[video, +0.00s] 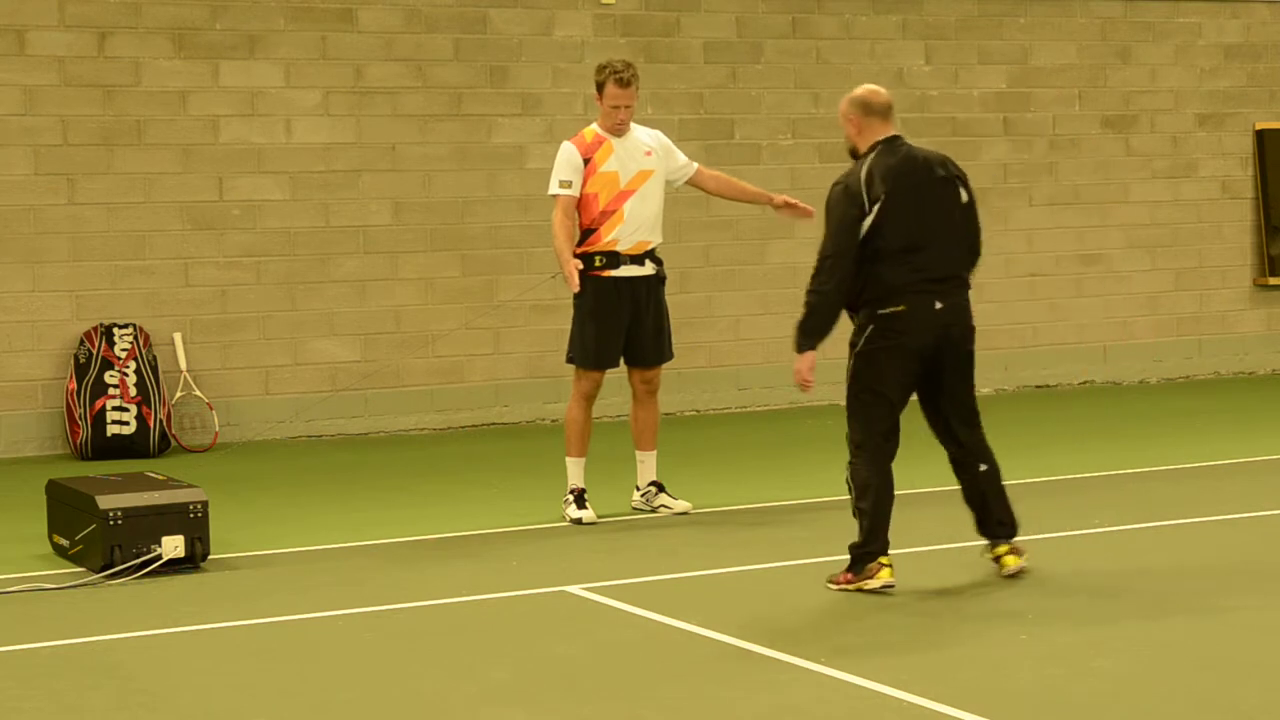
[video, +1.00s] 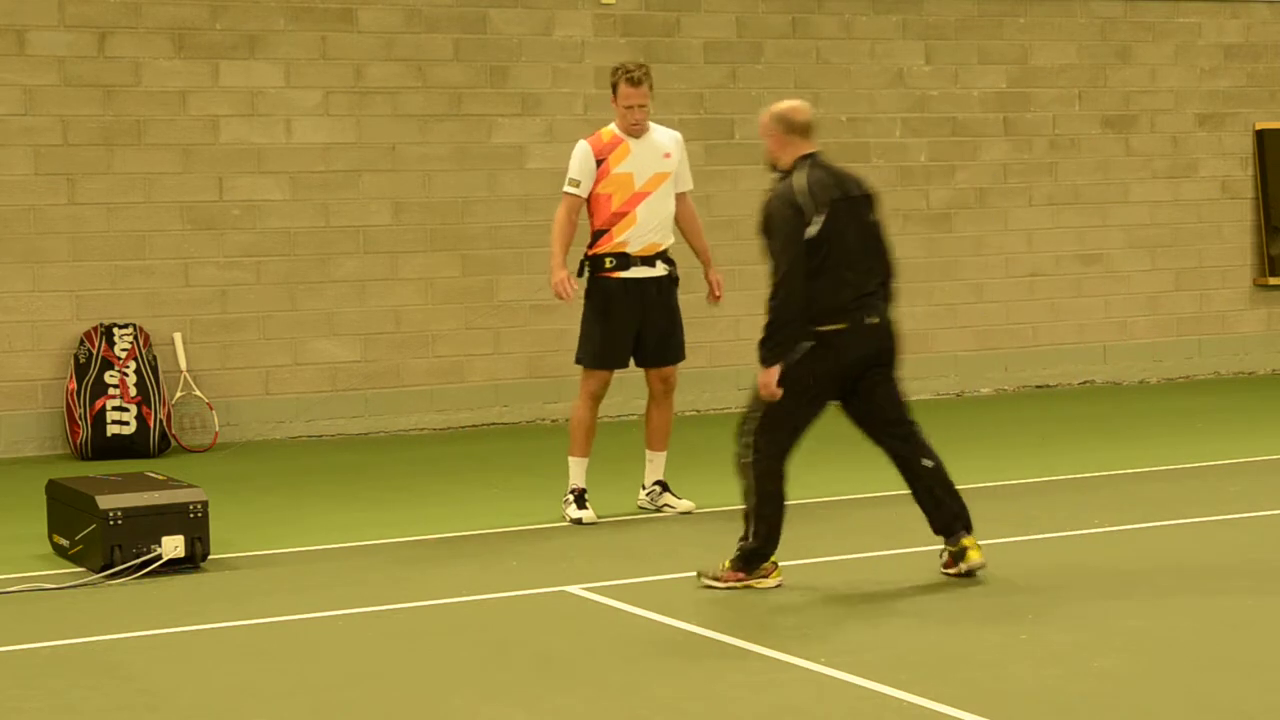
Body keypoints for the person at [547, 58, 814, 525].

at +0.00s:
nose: (623, 115)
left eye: (629, 107)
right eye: (615, 106)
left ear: (637, 102)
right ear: (597, 100)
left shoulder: (654, 143)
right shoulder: (577, 149)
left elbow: (707, 178)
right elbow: (563, 214)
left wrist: (769, 198)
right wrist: (567, 263)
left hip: (646, 280)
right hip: (598, 281)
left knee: (647, 383)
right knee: (586, 386)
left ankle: (647, 488)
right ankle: (575, 493)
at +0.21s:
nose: (620, 113)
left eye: (626, 105)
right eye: (611, 105)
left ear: (634, 101)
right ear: (594, 101)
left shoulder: (651, 143)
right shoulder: (574, 151)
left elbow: (686, 197)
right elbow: (556, 214)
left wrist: (733, 239)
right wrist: (553, 263)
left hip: (645, 280)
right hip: (597, 282)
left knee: (645, 384)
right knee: (586, 387)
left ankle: (647, 487)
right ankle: (575, 493)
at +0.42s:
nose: (617, 114)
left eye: (623, 105)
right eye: (608, 106)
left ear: (630, 101)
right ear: (590, 101)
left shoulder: (647, 141)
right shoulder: (571, 151)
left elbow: (648, 205)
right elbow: (551, 213)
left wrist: (654, 259)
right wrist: (540, 264)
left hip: (645, 280)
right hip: (597, 283)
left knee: (647, 383)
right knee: (585, 388)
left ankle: (648, 488)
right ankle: (576, 493)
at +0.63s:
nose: (617, 114)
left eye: (623, 106)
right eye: (609, 107)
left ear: (630, 102)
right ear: (591, 102)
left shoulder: (644, 139)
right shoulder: (570, 152)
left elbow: (655, 203)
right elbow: (548, 215)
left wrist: (679, 257)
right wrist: (541, 273)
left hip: (644, 279)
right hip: (596, 283)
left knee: (660, 377)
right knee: (583, 386)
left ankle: (651, 483)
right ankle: (575, 492)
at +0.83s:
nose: (627, 114)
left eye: (633, 105)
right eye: (619, 106)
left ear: (640, 101)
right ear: (602, 103)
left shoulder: (656, 141)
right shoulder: (581, 151)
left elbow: (670, 206)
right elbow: (558, 213)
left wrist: (701, 258)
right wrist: (553, 273)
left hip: (648, 281)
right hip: (600, 283)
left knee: (661, 381)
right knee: (586, 386)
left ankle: (654, 486)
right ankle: (576, 492)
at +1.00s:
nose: (637, 114)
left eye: (643, 105)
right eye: (629, 106)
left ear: (652, 101)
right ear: (613, 103)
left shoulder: (671, 143)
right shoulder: (591, 150)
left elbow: (683, 207)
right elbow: (568, 211)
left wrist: (709, 264)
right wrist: (558, 266)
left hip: (658, 281)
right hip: (609, 283)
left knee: (663, 382)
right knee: (593, 387)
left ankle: (654, 487)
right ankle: (576, 491)